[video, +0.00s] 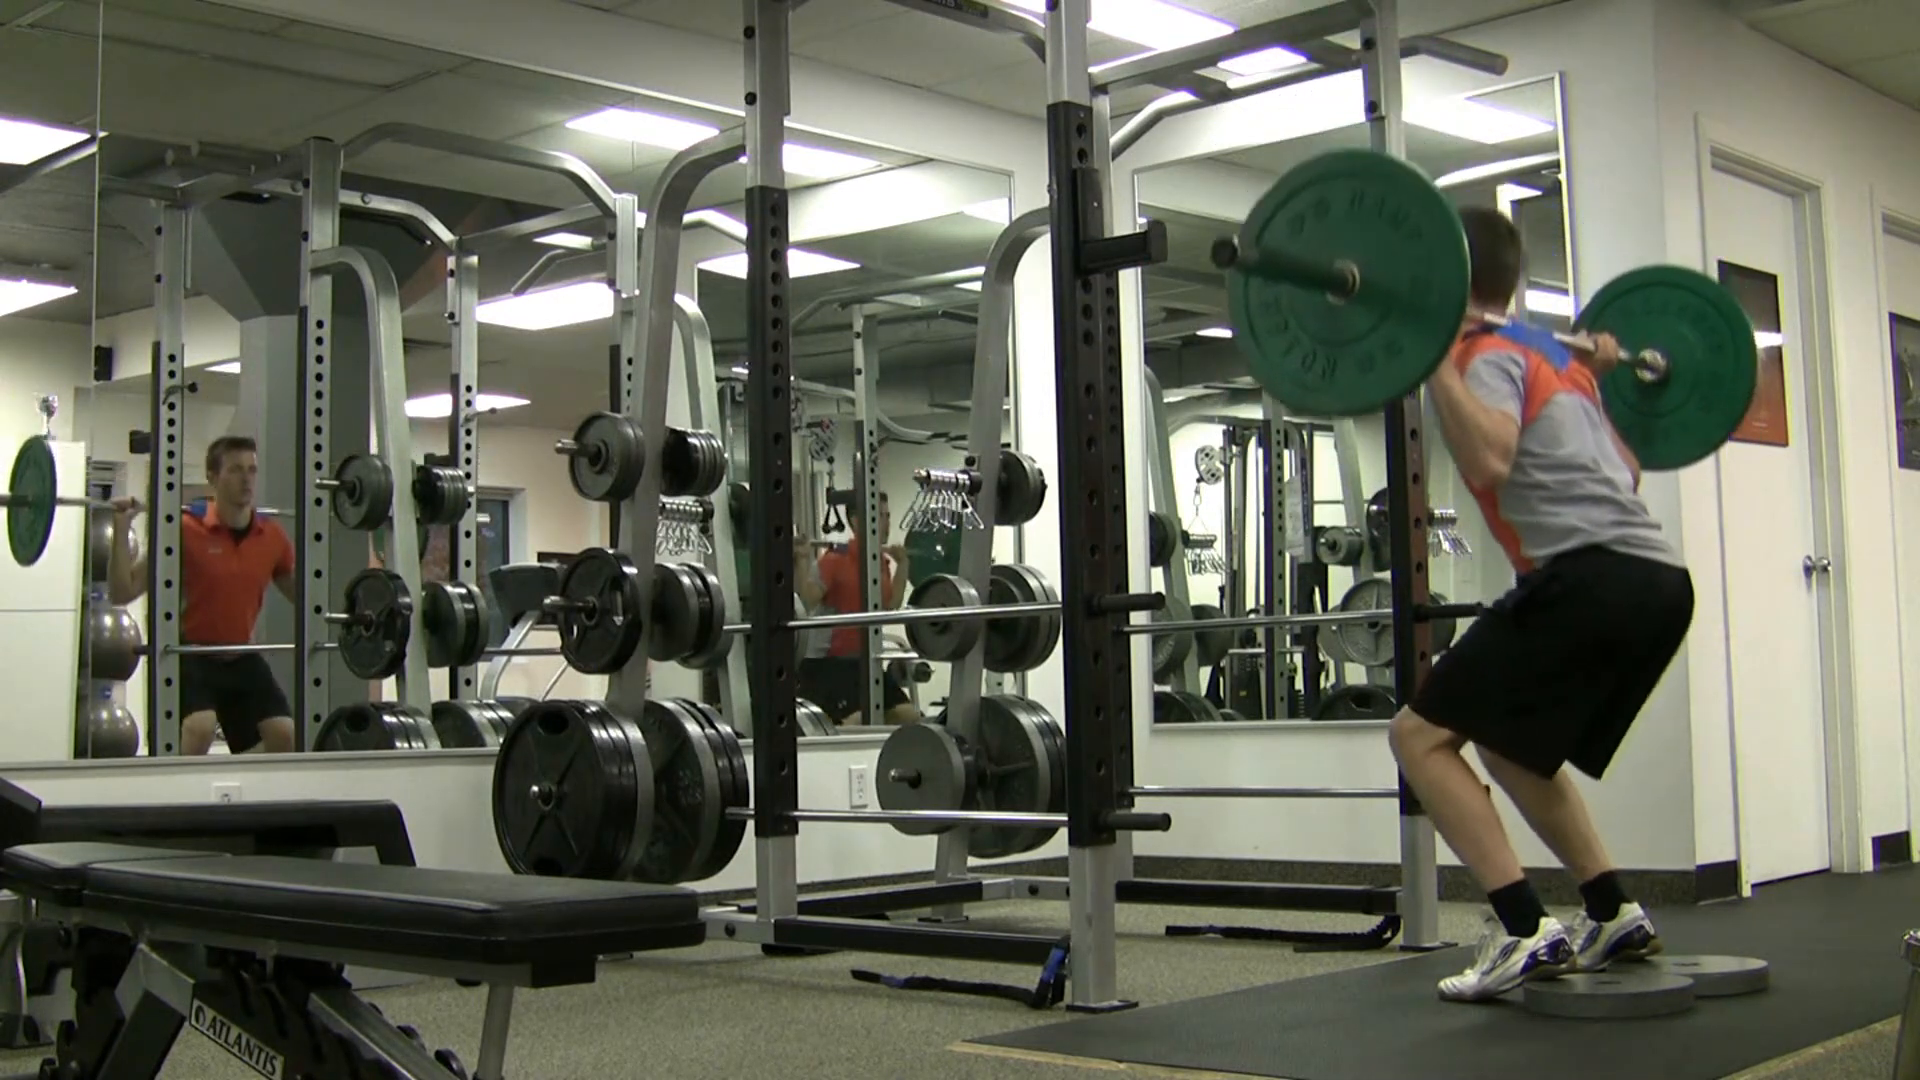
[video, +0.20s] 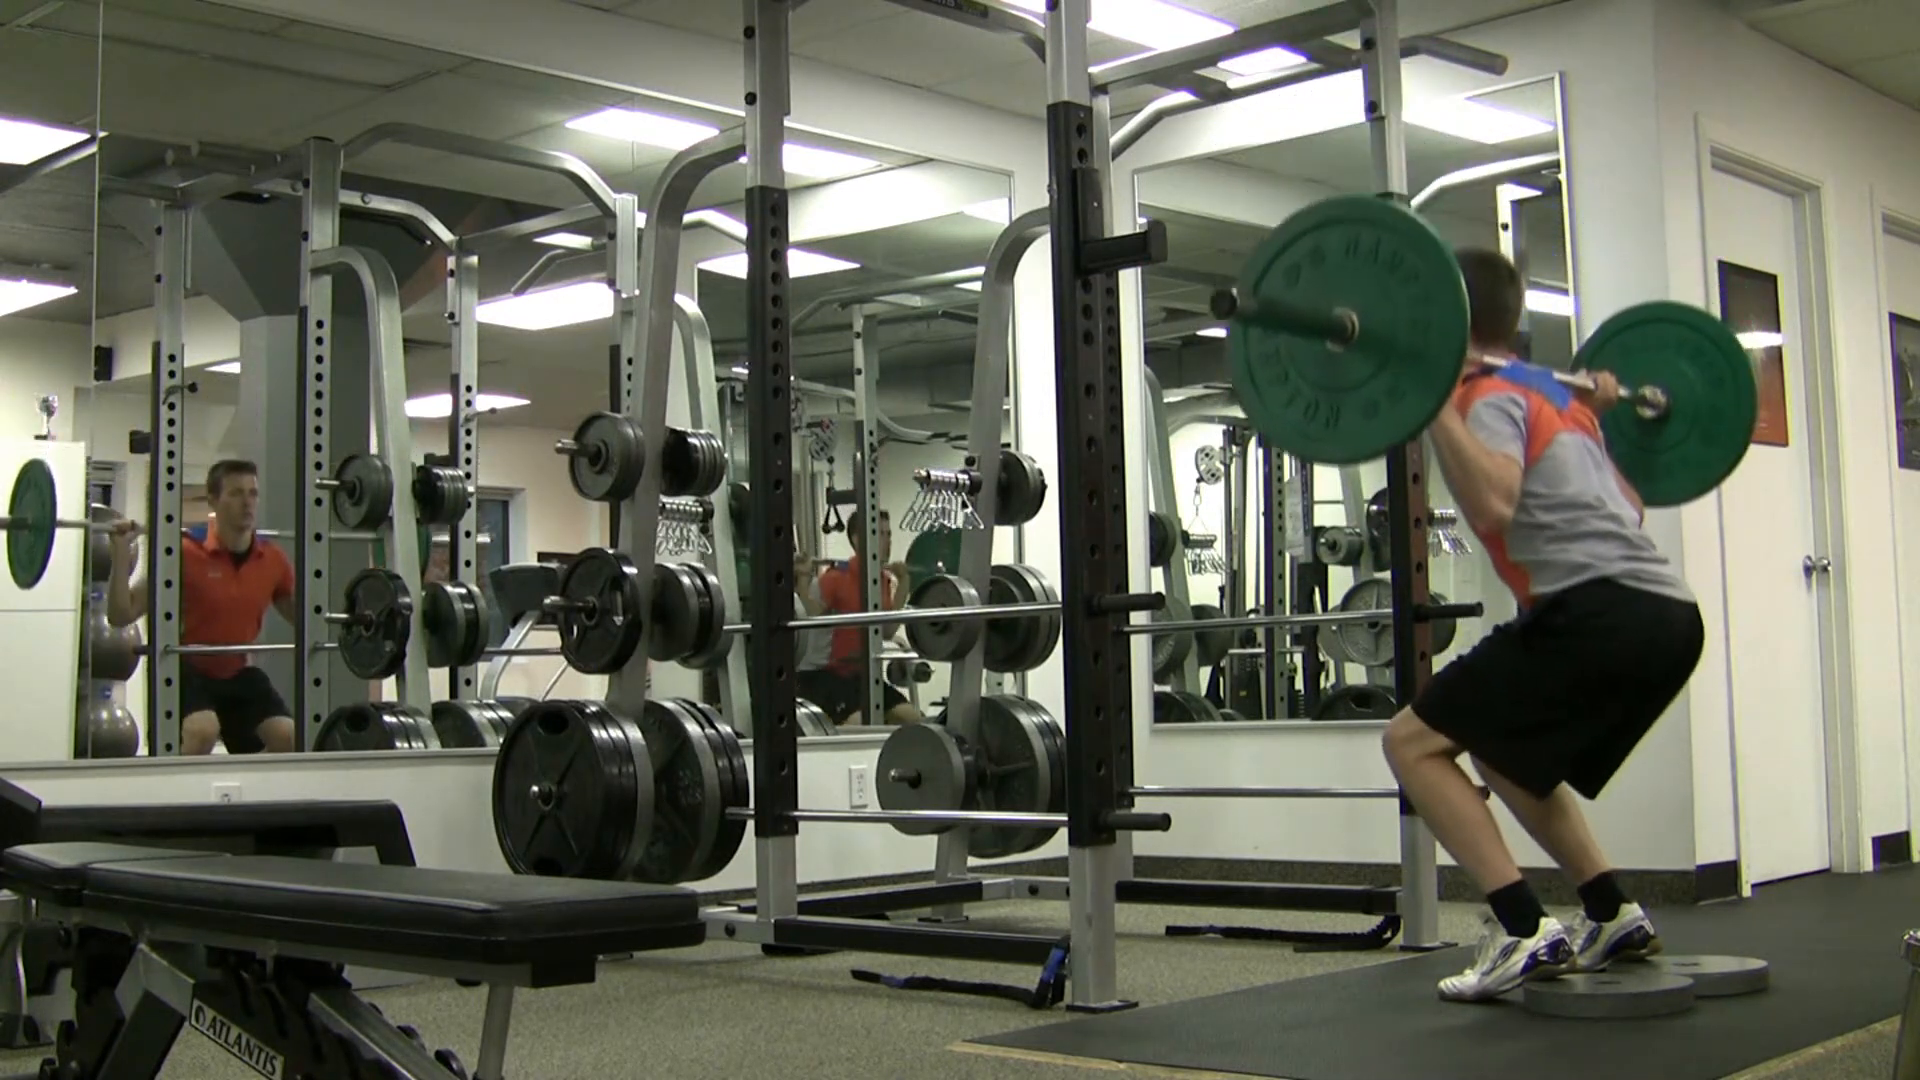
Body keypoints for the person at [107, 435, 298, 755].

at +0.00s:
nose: (247, 479)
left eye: (252, 470)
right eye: (236, 470)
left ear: (258, 476)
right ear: (213, 477)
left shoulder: (271, 535)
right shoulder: (184, 530)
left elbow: (306, 600)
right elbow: (122, 593)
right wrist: (121, 527)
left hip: (242, 657)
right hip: (190, 656)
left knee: (282, 733)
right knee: (200, 728)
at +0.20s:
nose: (248, 502)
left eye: (253, 493)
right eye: (236, 493)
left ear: (259, 499)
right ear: (213, 500)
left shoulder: (272, 559)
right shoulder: (183, 552)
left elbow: (305, 620)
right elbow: (120, 615)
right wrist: (121, 552)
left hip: (239, 672)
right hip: (187, 669)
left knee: (284, 734)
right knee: (203, 730)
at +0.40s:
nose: (248, 524)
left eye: (254, 515)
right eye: (237, 515)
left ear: (260, 519)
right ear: (213, 522)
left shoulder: (272, 580)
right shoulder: (184, 574)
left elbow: (306, 639)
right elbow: (125, 635)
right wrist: (121, 573)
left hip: (237, 687)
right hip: (184, 685)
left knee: (288, 737)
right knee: (206, 732)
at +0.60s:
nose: (250, 543)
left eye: (256, 535)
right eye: (239, 535)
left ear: (262, 539)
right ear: (215, 541)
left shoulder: (275, 598)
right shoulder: (186, 594)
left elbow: (310, 647)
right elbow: (125, 650)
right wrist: (124, 586)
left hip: (241, 701)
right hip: (189, 700)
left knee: (290, 739)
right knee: (207, 735)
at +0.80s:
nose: (252, 557)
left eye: (257, 549)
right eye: (241, 550)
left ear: (264, 554)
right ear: (217, 557)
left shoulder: (275, 611)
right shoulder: (186, 607)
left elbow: (307, 672)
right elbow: (125, 668)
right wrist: (126, 600)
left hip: (243, 712)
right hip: (191, 709)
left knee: (290, 741)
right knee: (207, 736)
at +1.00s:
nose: (253, 568)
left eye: (258, 559)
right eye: (241, 559)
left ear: (264, 564)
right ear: (217, 566)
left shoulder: (275, 620)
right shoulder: (188, 616)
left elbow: (303, 679)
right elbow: (123, 677)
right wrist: (126, 613)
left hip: (244, 718)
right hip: (191, 715)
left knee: (293, 742)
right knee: (207, 736)